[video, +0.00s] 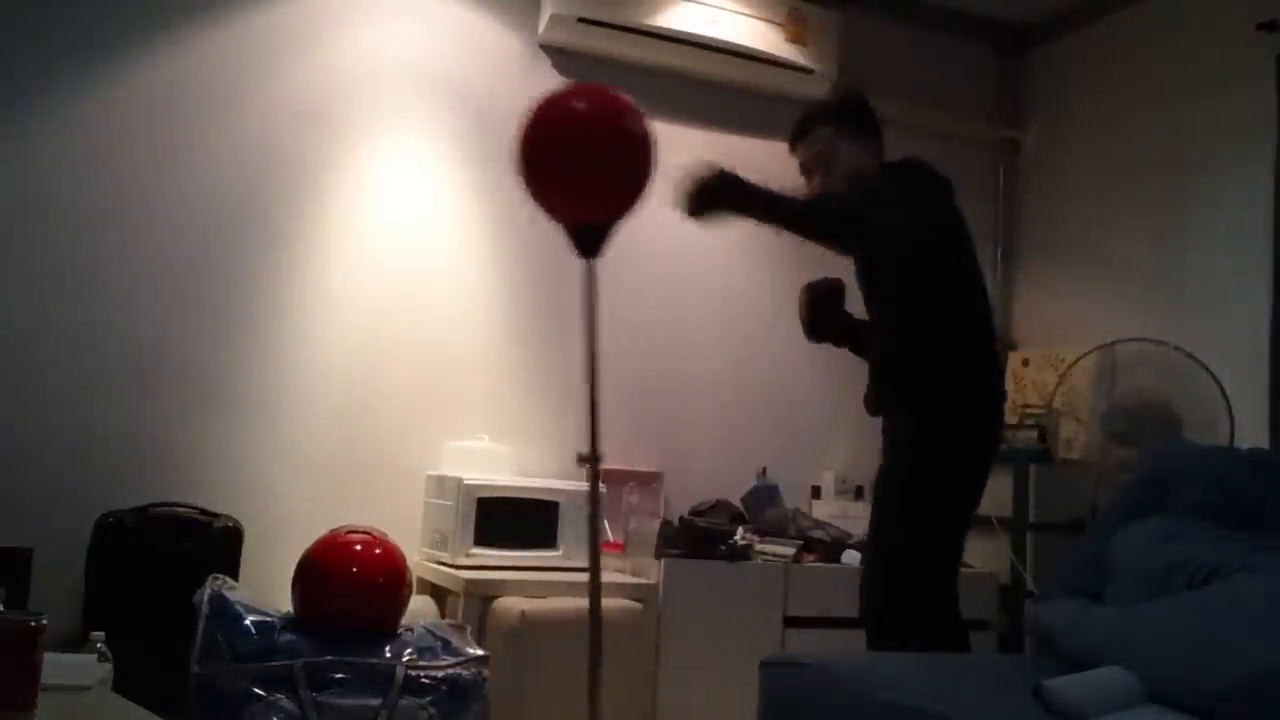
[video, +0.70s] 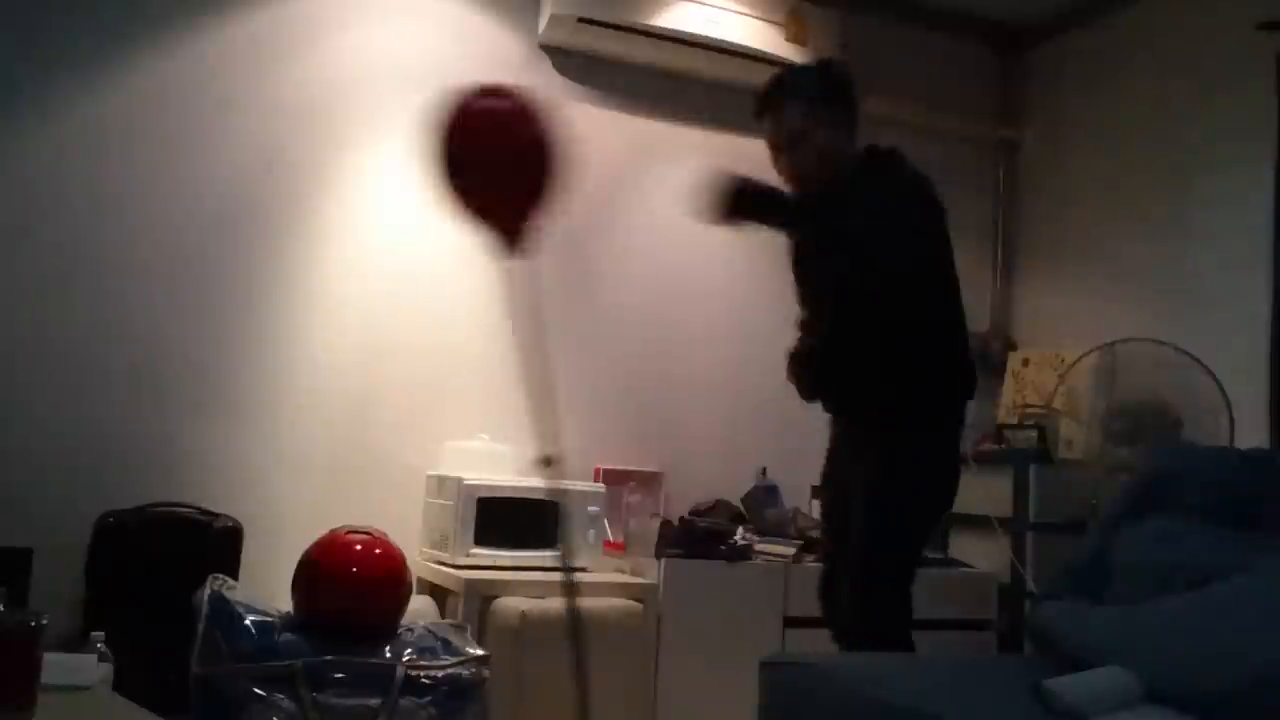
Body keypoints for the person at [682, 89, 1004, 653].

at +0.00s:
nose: (814, 185)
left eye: (820, 166)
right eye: (808, 174)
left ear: (858, 146)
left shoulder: (909, 188)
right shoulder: (889, 218)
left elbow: (840, 221)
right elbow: (906, 351)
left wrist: (738, 196)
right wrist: (839, 325)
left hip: (941, 417)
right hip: (937, 418)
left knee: (895, 593)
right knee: (920, 592)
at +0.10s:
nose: (815, 171)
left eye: (821, 152)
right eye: (805, 161)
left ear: (859, 134)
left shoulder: (907, 183)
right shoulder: (881, 211)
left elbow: (811, 196)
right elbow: (898, 341)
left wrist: (703, 157)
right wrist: (833, 316)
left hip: (941, 426)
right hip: (919, 427)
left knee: (886, 601)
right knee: (900, 599)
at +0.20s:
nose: (819, 139)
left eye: (834, 120)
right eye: (810, 125)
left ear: (876, 112)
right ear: (802, 128)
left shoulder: (921, 173)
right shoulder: (851, 201)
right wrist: (784, 267)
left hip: (931, 428)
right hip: (876, 429)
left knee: (901, 616)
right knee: (901, 613)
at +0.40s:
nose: (855, 142)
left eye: (872, 123)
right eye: (843, 122)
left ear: (908, 123)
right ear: (826, 117)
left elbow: (1000, 318)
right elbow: (702, 207)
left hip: (935, 439)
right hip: (856, 440)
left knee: (908, 621)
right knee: (885, 620)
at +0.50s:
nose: (841, 143)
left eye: (859, 126)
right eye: (832, 124)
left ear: (902, 124)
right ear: (820, 118)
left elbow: (1001, 322)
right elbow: (700, 275)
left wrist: (933, 290)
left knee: (901, 619)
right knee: (858, 615)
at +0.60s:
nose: (816, 143)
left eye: (832, 124)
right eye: (806, 126)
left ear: (872, 119)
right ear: (797, 123)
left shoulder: (935, 197)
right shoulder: (798, 210)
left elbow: (995, 306)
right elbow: (775, 319)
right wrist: (806, 374)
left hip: (917, 422)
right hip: (837, 423)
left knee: (889, 608)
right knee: (834, 608)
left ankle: (902, 718)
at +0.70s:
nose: (786, 160)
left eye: (797, 140)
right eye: (776, 146)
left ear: (835, 128)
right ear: (766, 142)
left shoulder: (889, 189)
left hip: (905, 432)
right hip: (862, 426)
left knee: (870, 609)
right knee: (847, 604)